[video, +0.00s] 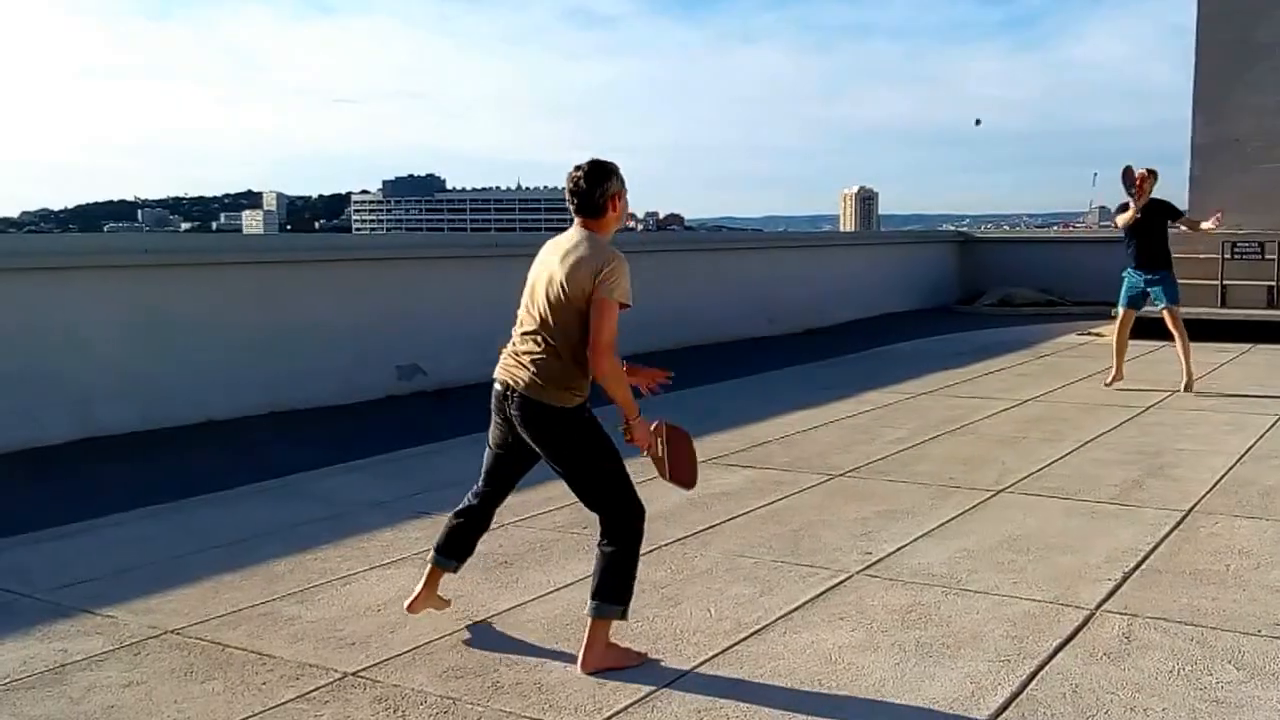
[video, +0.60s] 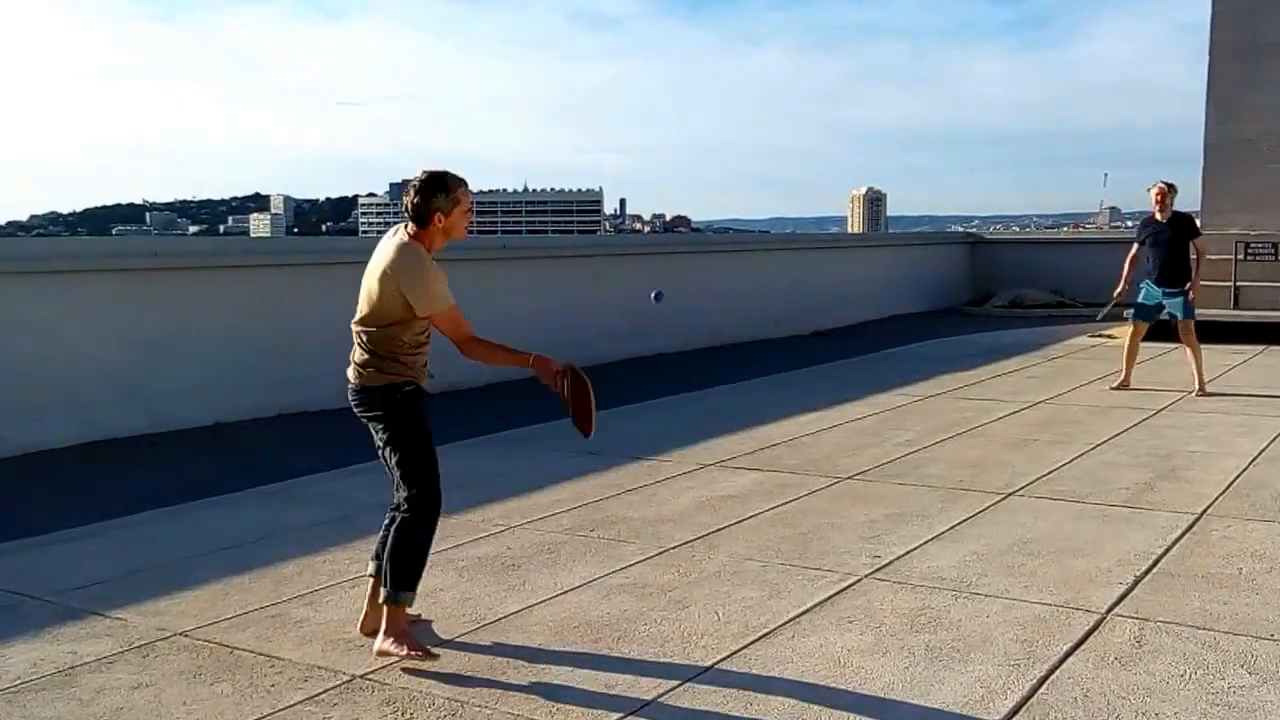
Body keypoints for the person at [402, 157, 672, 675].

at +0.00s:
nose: (626, 203)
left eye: (624, 195)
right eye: (624, 196)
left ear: (576, 205)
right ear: (614, 203)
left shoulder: (556, 247)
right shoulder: (608, 261)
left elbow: (561, 337)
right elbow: (602, 359)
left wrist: (625, 370)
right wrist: (632, 416)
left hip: (509, 391)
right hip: (552, 406)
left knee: (484, 496)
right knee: (624, 512)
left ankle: (426, 590)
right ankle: (598, 646)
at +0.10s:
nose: (595, 199)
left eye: (591, 191)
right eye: (591, 192)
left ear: (546, 204)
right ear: (579, 202)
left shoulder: (532, 248)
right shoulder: (556, 265)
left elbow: (581, 324)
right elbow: (536, 357)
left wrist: (648, 339)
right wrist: (573, 425)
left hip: (487, 396)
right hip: (521, 408)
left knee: (462, 500)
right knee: (604, 512)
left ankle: (396, 595)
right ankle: (597, 646)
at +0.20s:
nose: (554, 202)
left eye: (551, 194)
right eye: (551, 195)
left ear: (511, 205)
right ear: (536, 205)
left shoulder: (530, 249)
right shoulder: (493, 266)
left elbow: (584, 285)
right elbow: (469, 359)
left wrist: (647, 297)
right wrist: (497, 418)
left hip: (470, 397)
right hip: (488, 400)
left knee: (438, 505)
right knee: (563, 506)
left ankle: (379, 607)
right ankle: (595, 638)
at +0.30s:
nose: (521, 207)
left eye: (519, 201)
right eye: (517, 200)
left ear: (493, 214)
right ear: (499, 214)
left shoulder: (507, 249)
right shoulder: (449, 273)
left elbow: (561, 264)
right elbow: (416, 360)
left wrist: (620, 270)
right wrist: (432, 406)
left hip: (462, 396)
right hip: (453, 402)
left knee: (441, 505)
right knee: (525, 500)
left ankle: (378, 609)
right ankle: (559, 628)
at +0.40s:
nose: (500, 218)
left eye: (499, 210)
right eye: (496, 211)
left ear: (472, 221)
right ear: (474, 222)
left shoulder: (482, 250)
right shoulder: (420, 279)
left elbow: (515, 258)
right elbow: (398, 367)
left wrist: (569, 263)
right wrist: (413, 406)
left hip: (439, 394)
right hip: (423, 400)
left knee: (435, 504)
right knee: (490, 501)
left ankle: (378, 608)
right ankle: (522, 628)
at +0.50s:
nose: (485, 221)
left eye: (483, 213)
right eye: (481, 214)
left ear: (451, 225)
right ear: (459, 225)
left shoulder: (442, 251)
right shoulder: (412, 279)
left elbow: (462, 254)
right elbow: (419, 364)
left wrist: (496, 266)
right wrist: (450, 403)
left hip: (416, 391)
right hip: (400, 397)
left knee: (424, 498)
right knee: (460, 497)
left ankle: (376, 607)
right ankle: (461, 630)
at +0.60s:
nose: (470, 216)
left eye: (469, 208)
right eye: (465, 209)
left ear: (432, 213)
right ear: (439, 216)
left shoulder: (400, 240)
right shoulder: (415, 265)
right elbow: (467, 343)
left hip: (381, 387)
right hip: (390, 391)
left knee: (409, 497)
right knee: (422, 500)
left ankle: (376, 611)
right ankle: (393, 630)